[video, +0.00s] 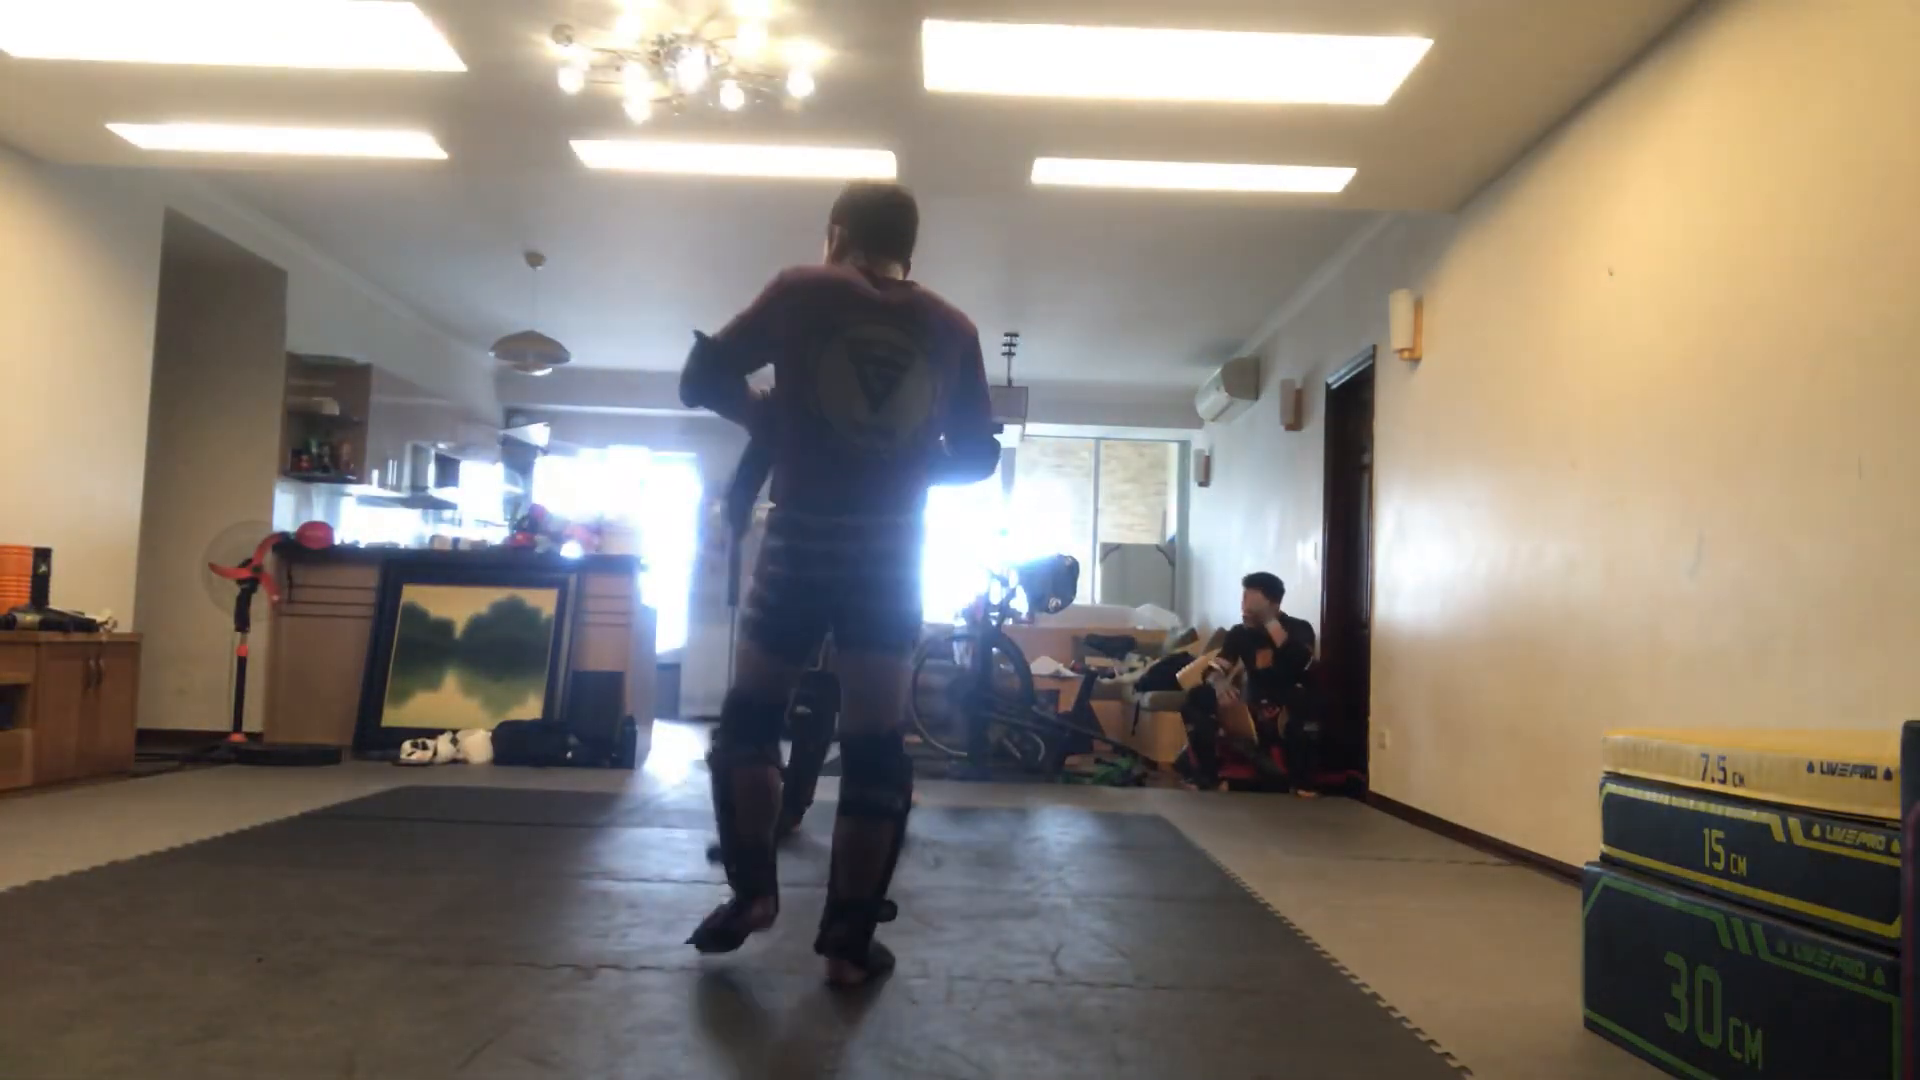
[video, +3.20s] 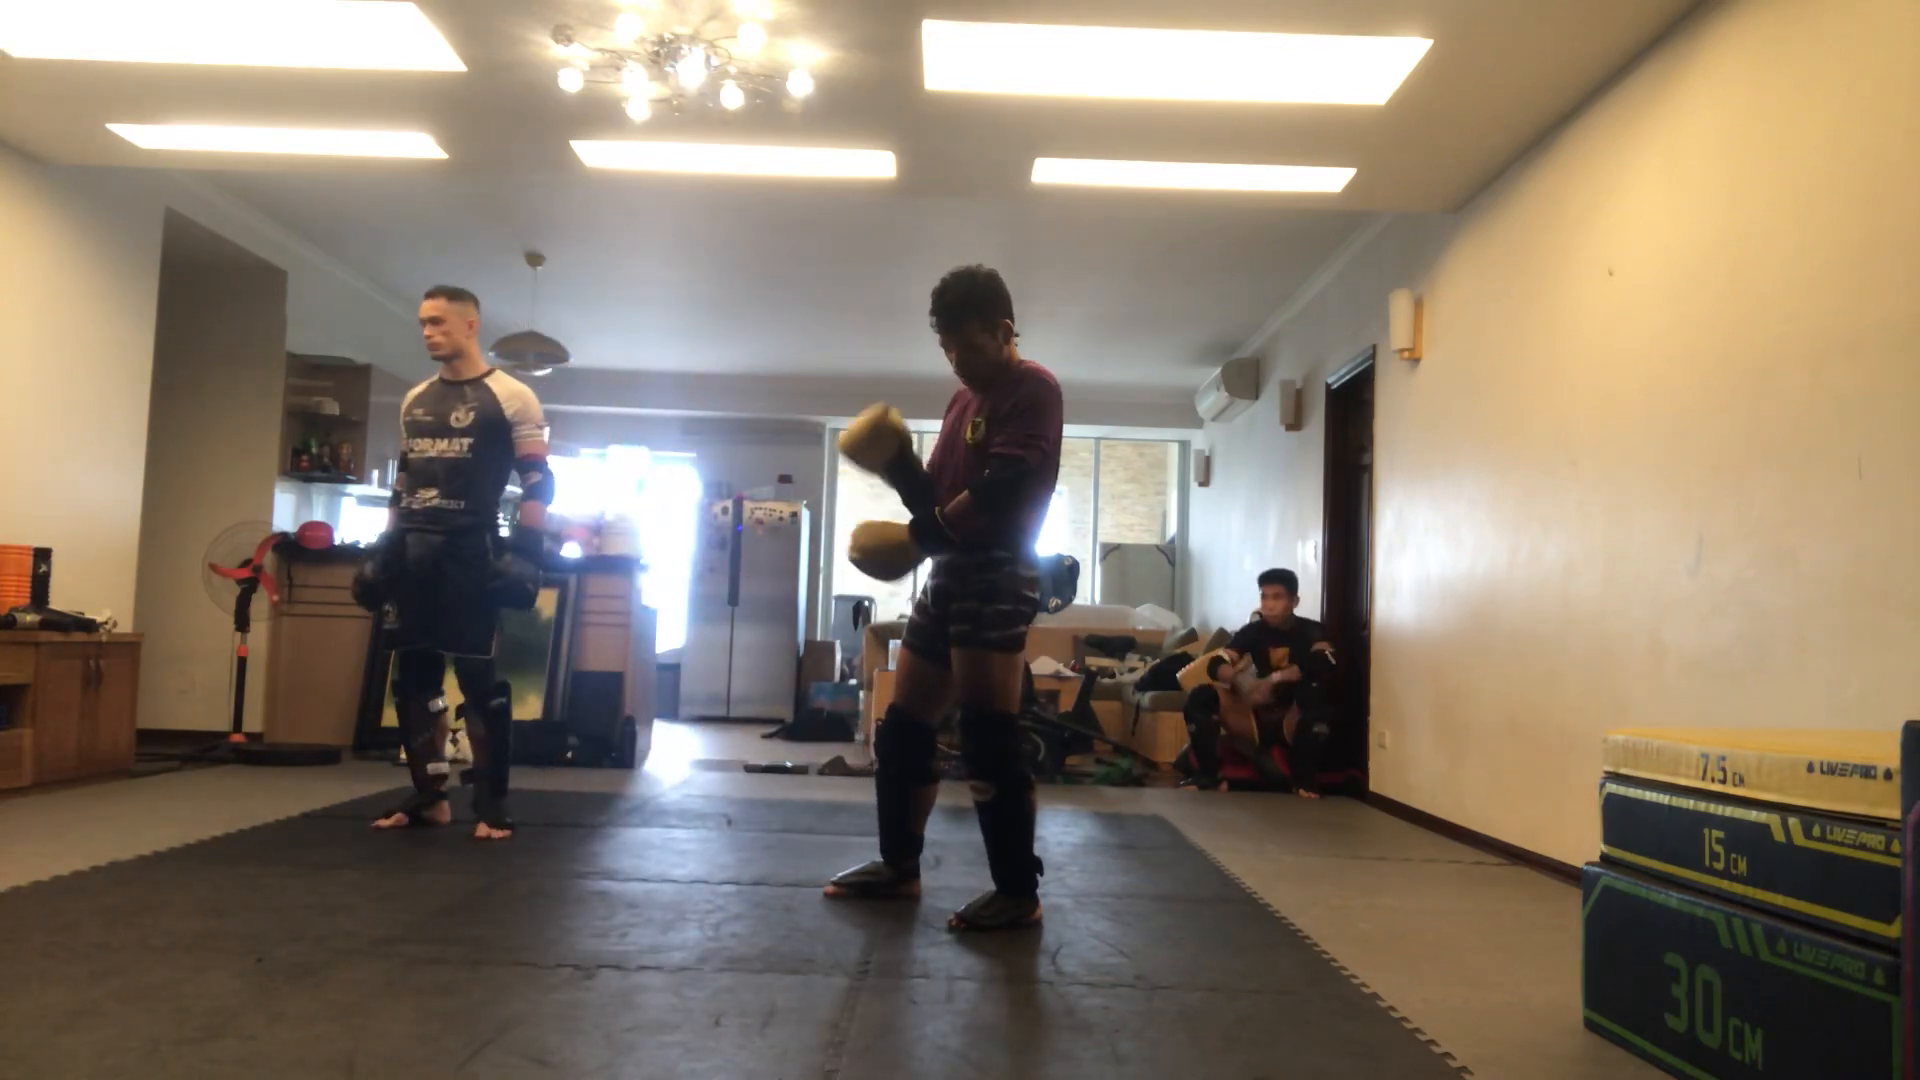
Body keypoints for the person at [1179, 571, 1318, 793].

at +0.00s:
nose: (1244, 607)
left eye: (1250, 600)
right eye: (1244, 599)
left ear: (1271, 602)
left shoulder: (1299, 629)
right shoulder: (1239, 634)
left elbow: (1299, 664)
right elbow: (1216, 668)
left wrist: (1270, 621)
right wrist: (1218, 680)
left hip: (1287, 710)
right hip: (1247, 710)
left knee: (1302, 697)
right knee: (1198, 697)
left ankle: (1300, 782)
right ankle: (1207, 778)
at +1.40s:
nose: (1251, 610)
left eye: (1259, 604)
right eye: (1249, 603)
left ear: (1279, 610)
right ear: (1246, 604)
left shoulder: (1304, 632)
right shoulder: (1243, 633)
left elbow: (1311, 672)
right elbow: (1215, 667)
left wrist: (1274, 637)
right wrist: (1224, 687)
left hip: (1291, 717)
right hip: (1251, 717)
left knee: (1310, 697)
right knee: (1198, 698)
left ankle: (1303, 781)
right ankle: (1207, 777)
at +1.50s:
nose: (1250, 608)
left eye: (1259, 601)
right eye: (1250, 601)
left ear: (1279, 607)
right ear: (1247, 602)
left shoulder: (1304, 632)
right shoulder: (1241, 634)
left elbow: (1317, 668)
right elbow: (1215, 671)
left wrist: (1276, 658)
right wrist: (1226, 690)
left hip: (1287, 720)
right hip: (1245, 720)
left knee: (1311, 697)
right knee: (1198, 698)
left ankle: (1303, 781)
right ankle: (1207, 776)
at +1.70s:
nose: (1255, 605)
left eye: (1264, 599)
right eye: (1254, 598)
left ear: (1283, 604)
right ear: (1251, 599)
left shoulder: (1305, 631)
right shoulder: (1244, 632)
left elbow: (1312, 669)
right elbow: (1216, 669)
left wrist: (1269, 690)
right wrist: (1220, 684)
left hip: (1287, 719)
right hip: (1247, 718)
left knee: (1310, 698)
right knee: (1199, 697)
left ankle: (1302, 781)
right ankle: (1207, 777)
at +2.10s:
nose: (1280, 614)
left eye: (1286, 606)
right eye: (1273, 606)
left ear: (1294, 605)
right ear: (1258, 606)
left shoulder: (1307, 632)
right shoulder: (1246, 632)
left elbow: (1298, 677)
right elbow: (1218, 670)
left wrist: (1264, 707)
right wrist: (1242, 675)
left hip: (1288, 703)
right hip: (1244, 700)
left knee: (1311, 712)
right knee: (1199, 698)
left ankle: (1302, 781)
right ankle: (1208, 776)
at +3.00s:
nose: (1271, 605)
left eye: (1279, 598)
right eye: (1266, 598)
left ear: (1294, 601)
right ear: (1260, 601)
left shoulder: (1311, 630)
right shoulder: (1251, 630)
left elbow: (1305, 667)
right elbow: (1225, 665)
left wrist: (1273, 692)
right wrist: (1265, 669)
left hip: (1292, 716)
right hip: (1249, 717)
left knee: (1318, 696)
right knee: (1199, 696)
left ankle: (1304, 780)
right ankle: (1207, 775)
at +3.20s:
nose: (1268, 604)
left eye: (1276, 598)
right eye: (1264, 598)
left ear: (1294, 601)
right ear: (1259, 600)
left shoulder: (1311, 630)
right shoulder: (1251, 632)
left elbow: (1325, 661)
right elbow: (1214, 663)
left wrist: (1274, 679)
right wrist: (1238, 679)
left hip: (1292, 716)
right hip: (1249, 716)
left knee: (1316, 697)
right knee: (1200, 697)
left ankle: (1304, 781)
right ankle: (1208, 776)